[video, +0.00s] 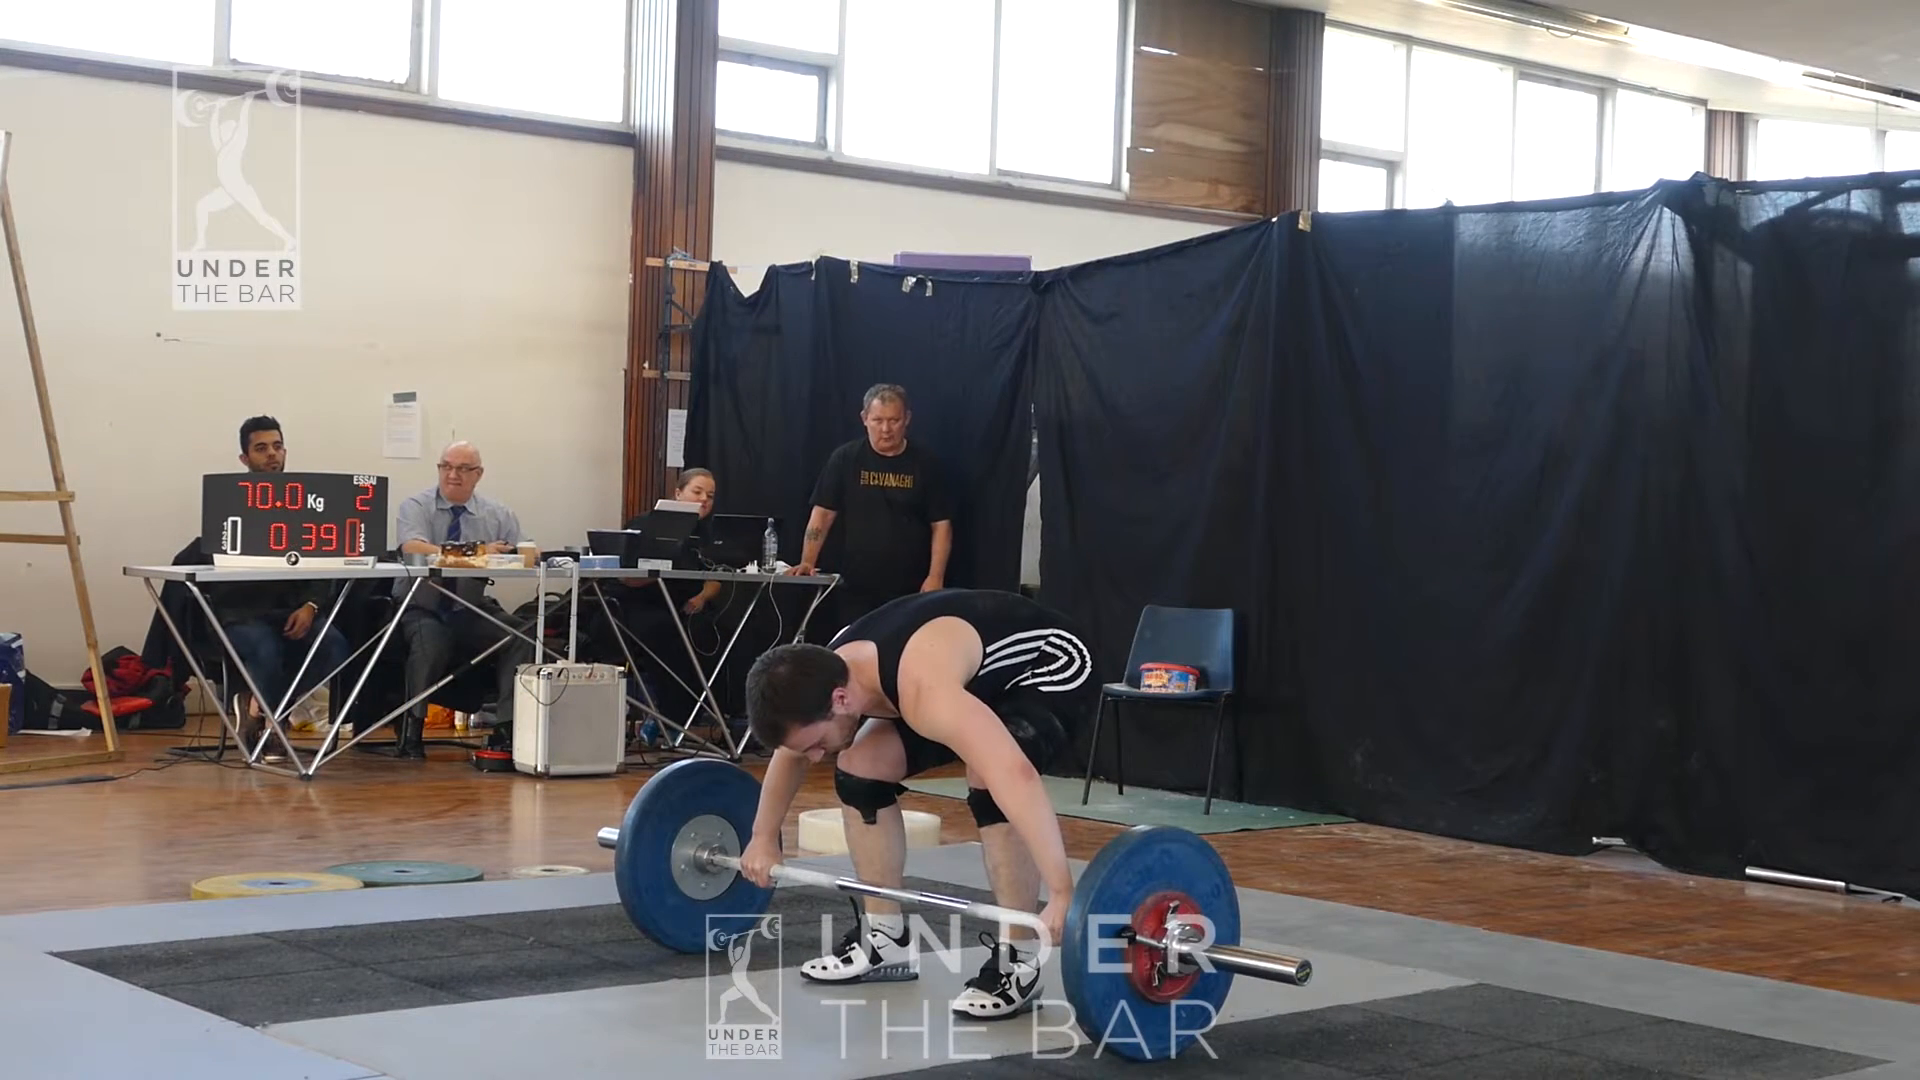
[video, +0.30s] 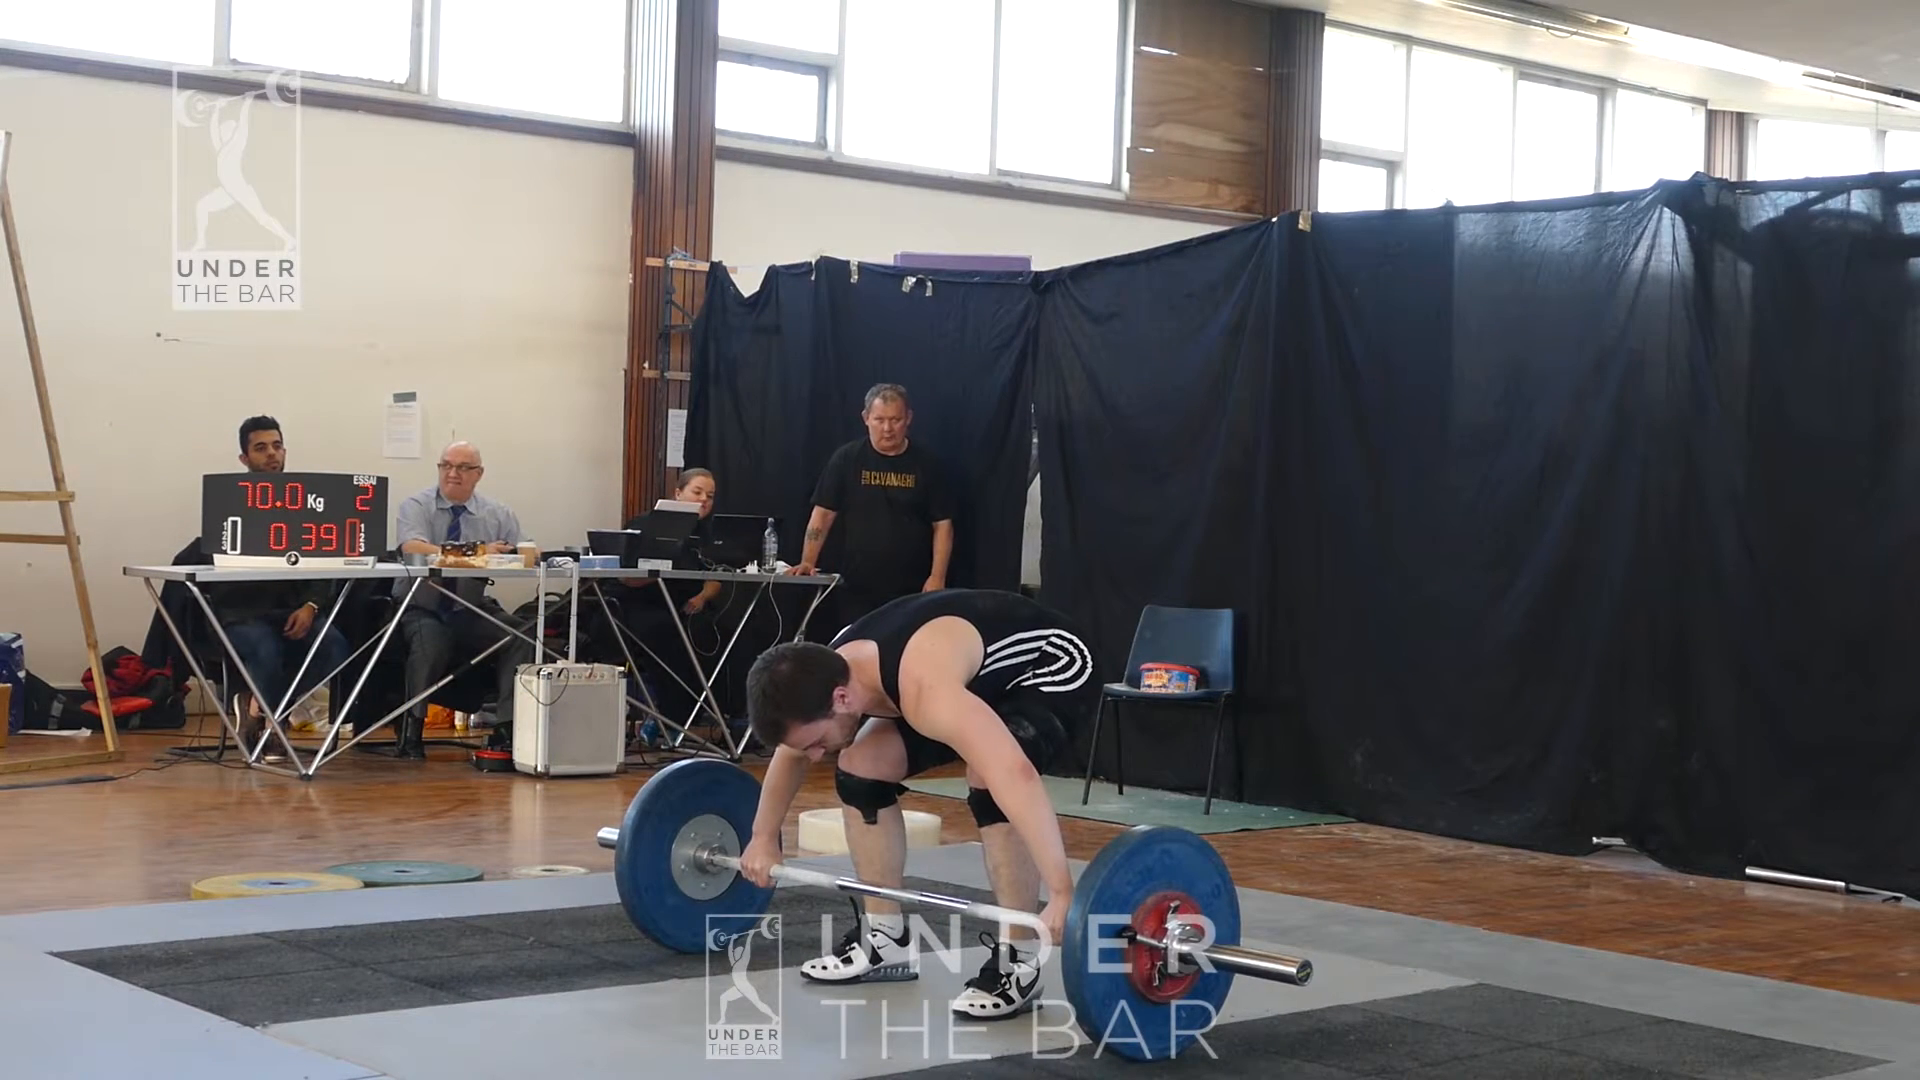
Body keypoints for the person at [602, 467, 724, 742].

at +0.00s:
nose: (704, 500)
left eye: (710, 496)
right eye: (697, 492)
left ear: (714, 501)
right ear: (679, 493)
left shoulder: (709, 532)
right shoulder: (648, 525)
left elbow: (717, 577)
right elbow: (629, 577)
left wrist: (703, 596)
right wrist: (658, 569)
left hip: (684, 607)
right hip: (643, 604)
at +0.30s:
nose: (704, 500)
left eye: (710, 496)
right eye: (697, 493)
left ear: (714, 501)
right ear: (679, 494)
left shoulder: (709, 532)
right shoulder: (646, 525)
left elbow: (717, 577)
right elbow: (628, 577)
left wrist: (703, 596)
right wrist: (655, 570)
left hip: (684, 606)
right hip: (643, 603)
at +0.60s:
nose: (704, 500)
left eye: (710, 496)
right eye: (697, 493)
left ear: (714, 502)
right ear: (679, 493)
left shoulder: (709, 532)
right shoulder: (646, 525)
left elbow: (717, 577)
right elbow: (628, 578)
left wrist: (703, 596)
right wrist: (658, 570)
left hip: (684, 607)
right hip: (643, 603)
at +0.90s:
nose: (704, 500)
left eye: (710, 496)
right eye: (698, 493)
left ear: (714, 502)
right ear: (679, 493)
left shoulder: (709, 532)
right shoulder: (647, 525)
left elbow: (717, 577)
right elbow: (629, 578)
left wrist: (703, 597)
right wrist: (660, 566)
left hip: (683, 607)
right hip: (641, 604)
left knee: (706, 633)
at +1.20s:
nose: (703, 500)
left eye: (710, 495)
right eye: (697, 492)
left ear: (713, 503)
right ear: (678, 494)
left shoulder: (705, 534)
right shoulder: (648, 525)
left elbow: (716, 579)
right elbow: (628, 577)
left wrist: (702, 597)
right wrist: (662, 568)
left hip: (682, 609)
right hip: (643, 607)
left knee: (708, 633)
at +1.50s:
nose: (704, 500)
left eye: (710, 495)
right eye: (697, 492)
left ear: (714, 502)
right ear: (678, 494)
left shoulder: (707, 534)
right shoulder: (648, 525)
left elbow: (717, 578)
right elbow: (626, 577)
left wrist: (702, 597)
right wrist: (661, 571)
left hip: (685, 612)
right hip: (645, 609)